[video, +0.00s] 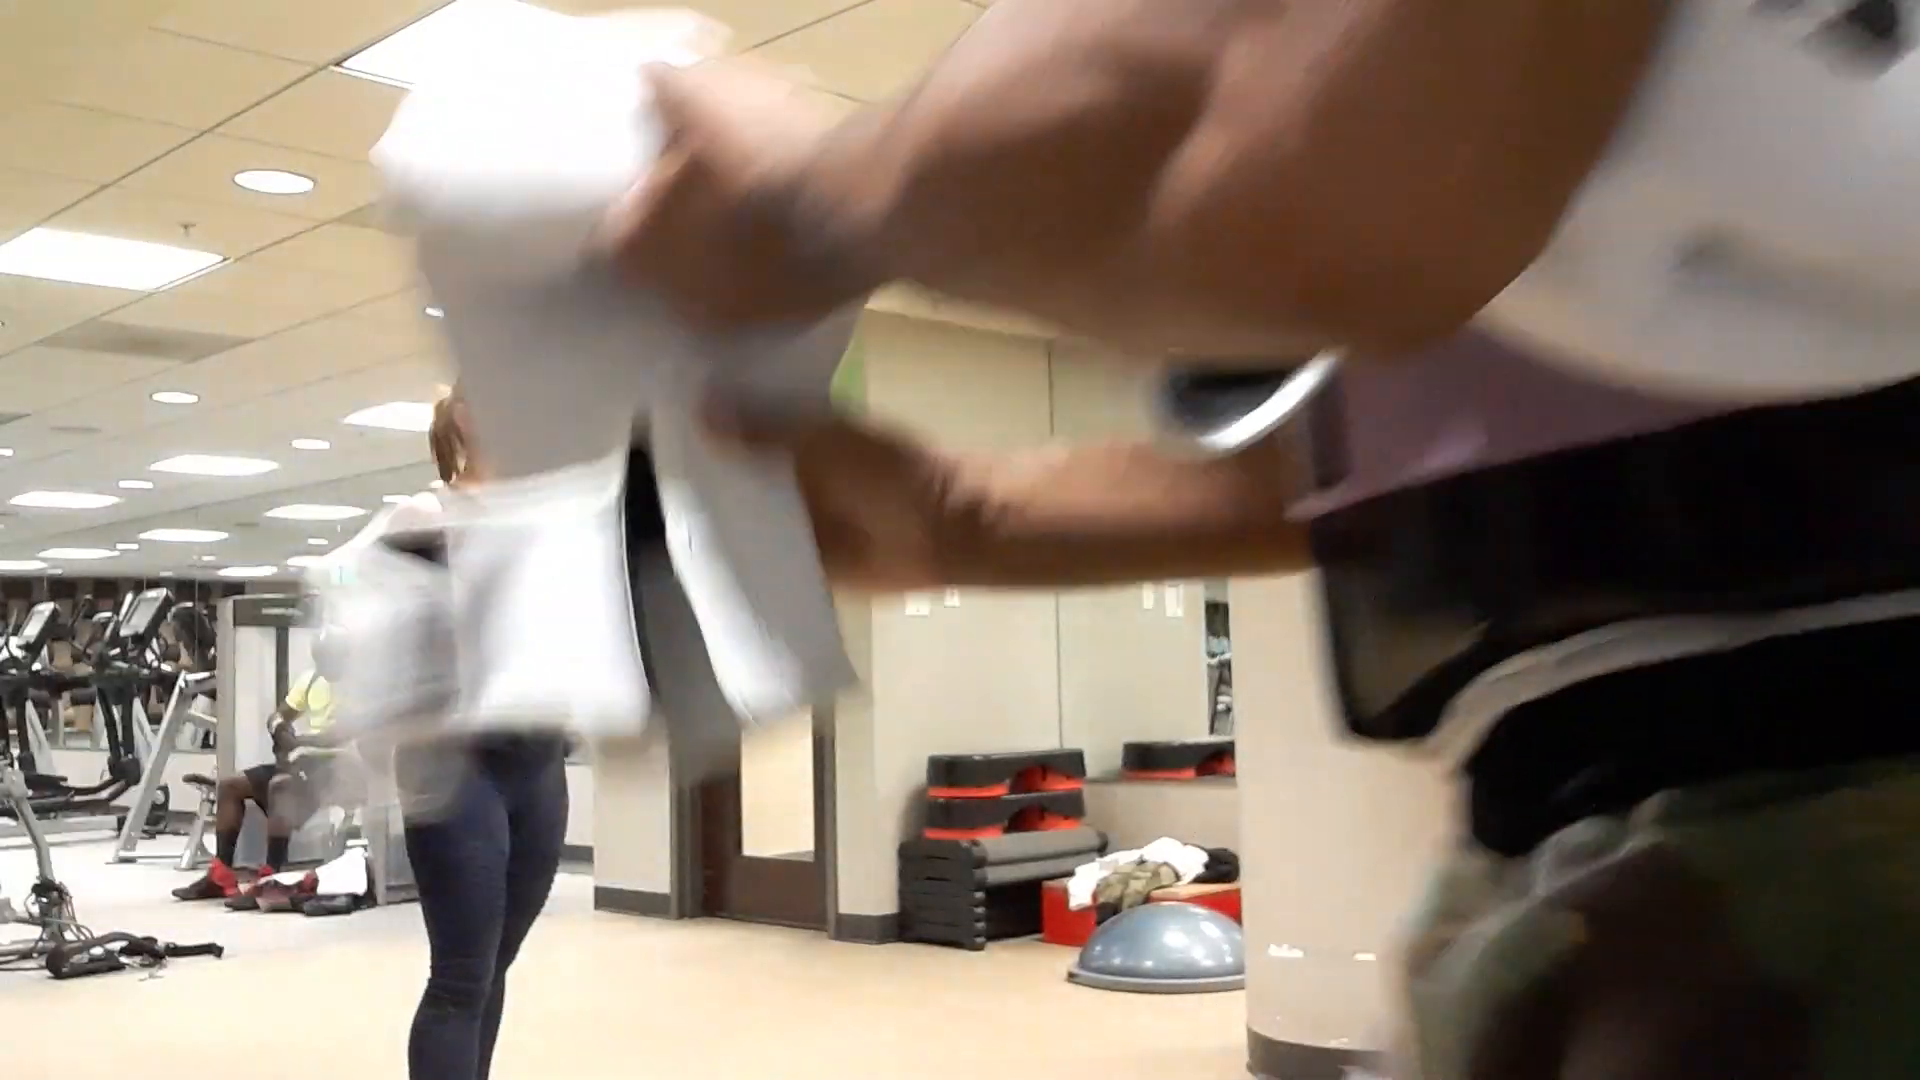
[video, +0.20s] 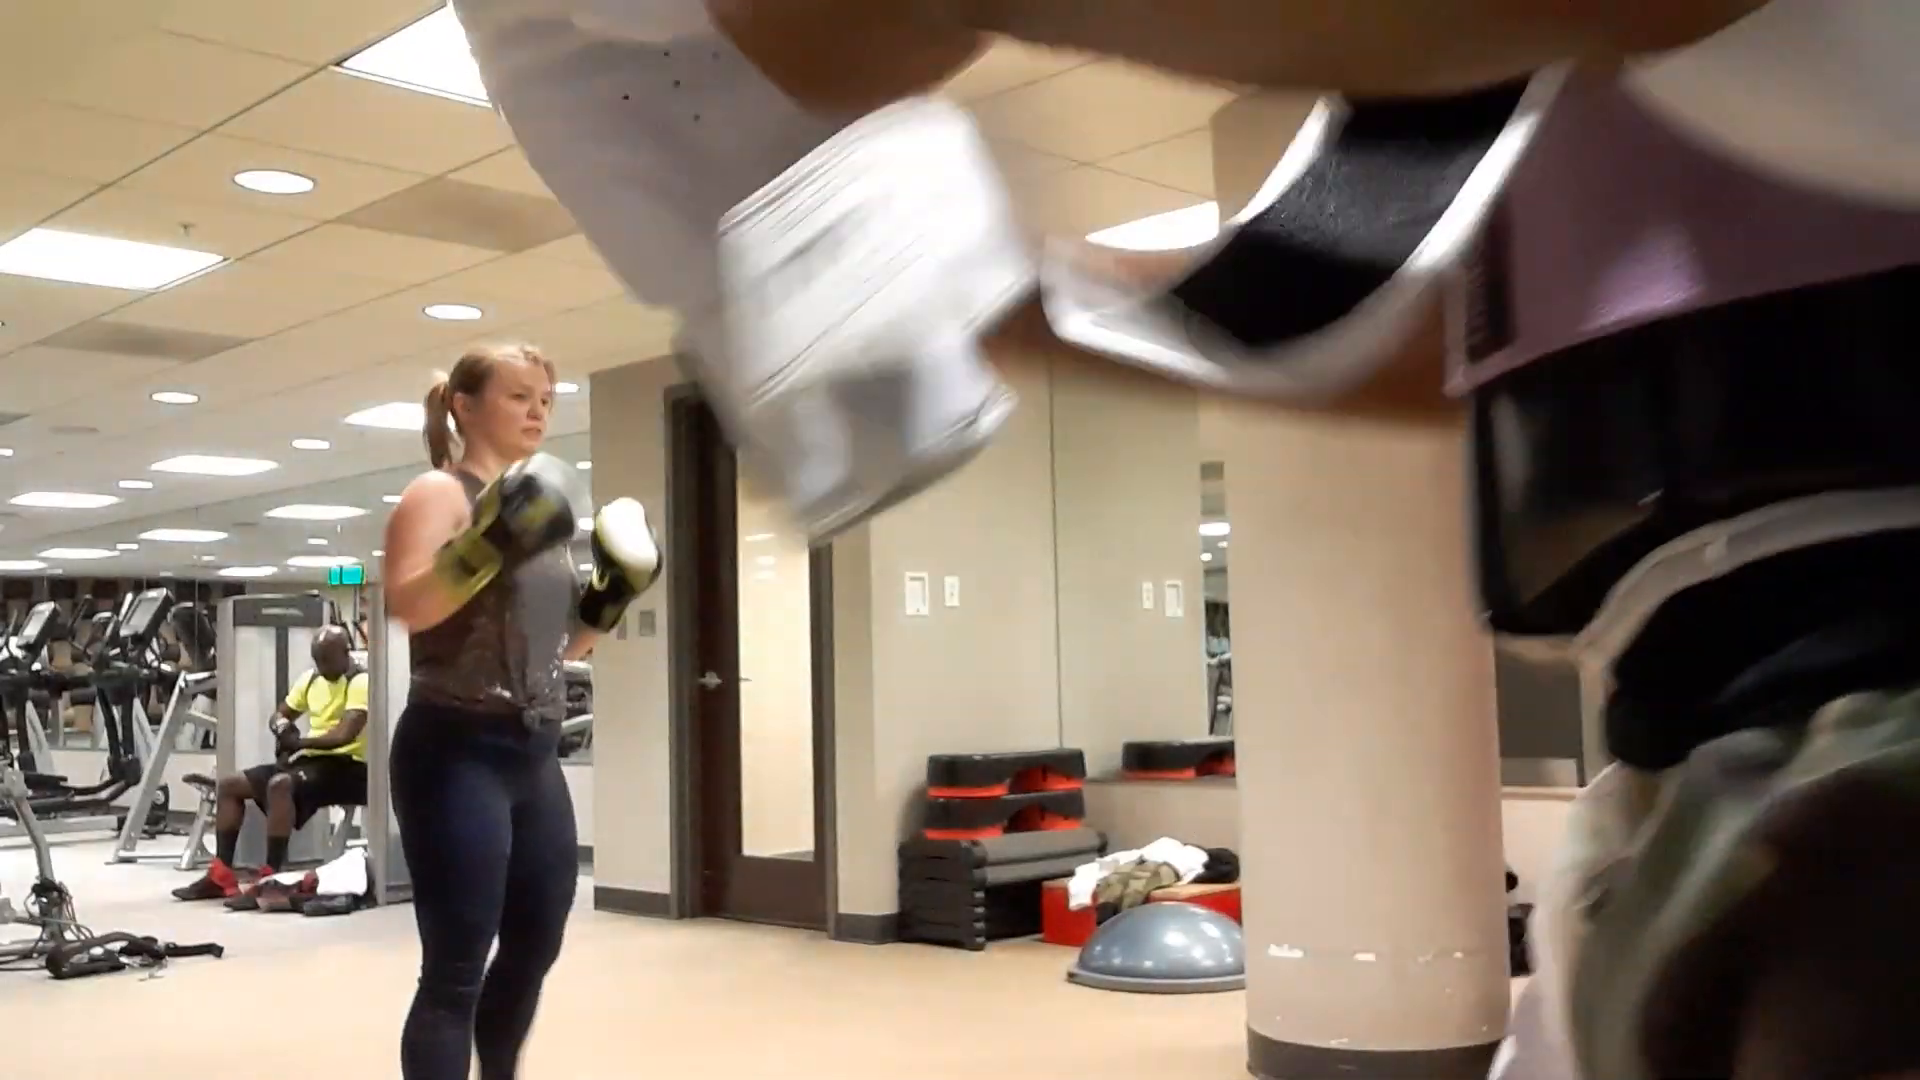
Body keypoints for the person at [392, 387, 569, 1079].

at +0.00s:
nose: (509, 426)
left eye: (510, 410)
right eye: (491, 412)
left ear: (526, 422)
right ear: (464, 430)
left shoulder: (554, 516)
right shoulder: (416, 525)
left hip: (540, 758)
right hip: (448, 759)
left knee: (490, 971)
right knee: (463, 976)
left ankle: (470, 1074)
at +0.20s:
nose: (537, 415)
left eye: (545, 404)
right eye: (520, 398)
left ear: (549, 415)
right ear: (465, 407)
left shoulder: (533, 505)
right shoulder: (434, 496)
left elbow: (567, 648)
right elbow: (411, 607)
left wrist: (611, 596)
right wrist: (492, 542)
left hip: (534, 755)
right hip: (454, 751)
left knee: (534, 946)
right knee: (454, 967)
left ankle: (494, 1070)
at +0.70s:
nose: (542, 431)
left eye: (547, 419)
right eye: (521, 419)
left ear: (556, 431)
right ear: (469, 439)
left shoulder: (588, 520)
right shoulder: (437, 556)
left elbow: (642, 630)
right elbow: (388, 689)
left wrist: (650, 585)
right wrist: (462, 660)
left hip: (573, 771)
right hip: (477, 775)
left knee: (590, 961)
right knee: (483, 974)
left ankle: (544, 1074)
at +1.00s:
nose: (587, 488)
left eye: (585, 472)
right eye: (566, 478)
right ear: (508, 501)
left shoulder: (558, 560)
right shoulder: (498, 600)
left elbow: (548, 625)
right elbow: (418, 699)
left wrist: (616, 613)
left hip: (539, 803)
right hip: (488, 810)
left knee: (609, 955)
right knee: (567, 996)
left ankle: (549, 1075)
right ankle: (468, 1074)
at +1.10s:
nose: (597, 510)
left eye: (596, 495)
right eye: (578, 503)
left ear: (519, 524)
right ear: (520, 521)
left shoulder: (513, 574)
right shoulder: (522, 612)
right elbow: (536, 713)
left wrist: (582, 617)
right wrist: (659, 691)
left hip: (523, 813)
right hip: (487, 823)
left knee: (613, 959)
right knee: (573, 1007)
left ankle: (548, 1069)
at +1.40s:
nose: (585, 475)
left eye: (585, 459)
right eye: (566, 460)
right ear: (509, 474)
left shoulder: (537, 570)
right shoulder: (496, 571)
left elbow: (532, 665)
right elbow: (468, 678)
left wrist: (601, 639)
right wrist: (582, 676)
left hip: (523, 794)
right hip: (478, 797)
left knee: (598, 955)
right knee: (557, 985)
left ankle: (543, 1074)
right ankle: (462, 1073)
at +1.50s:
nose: (567, 442)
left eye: (571, 428)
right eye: (549, 427)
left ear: (574, 434)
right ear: (494, 435)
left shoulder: (545, 529)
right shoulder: (470, 533)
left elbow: (554, 629)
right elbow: (411, 647)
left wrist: (621, 604)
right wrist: (513, 627)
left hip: (532, 769)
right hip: (468, 770)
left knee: (571, 956)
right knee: (518, 970)